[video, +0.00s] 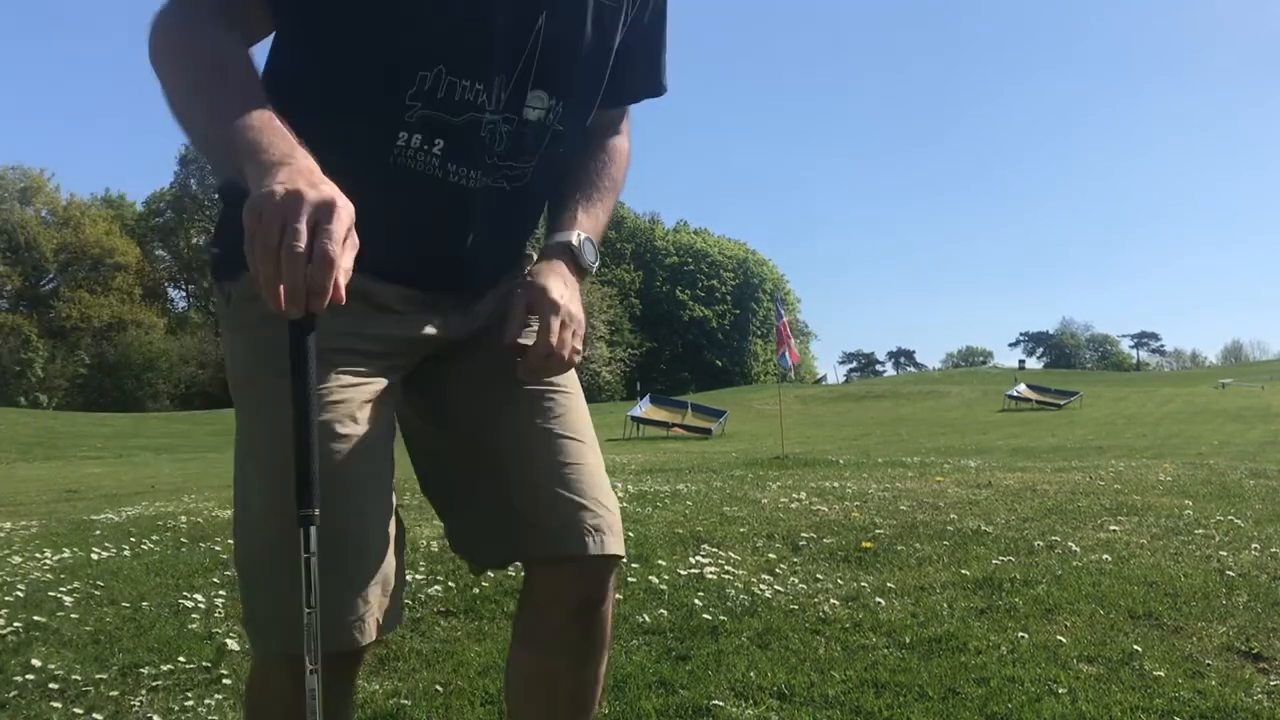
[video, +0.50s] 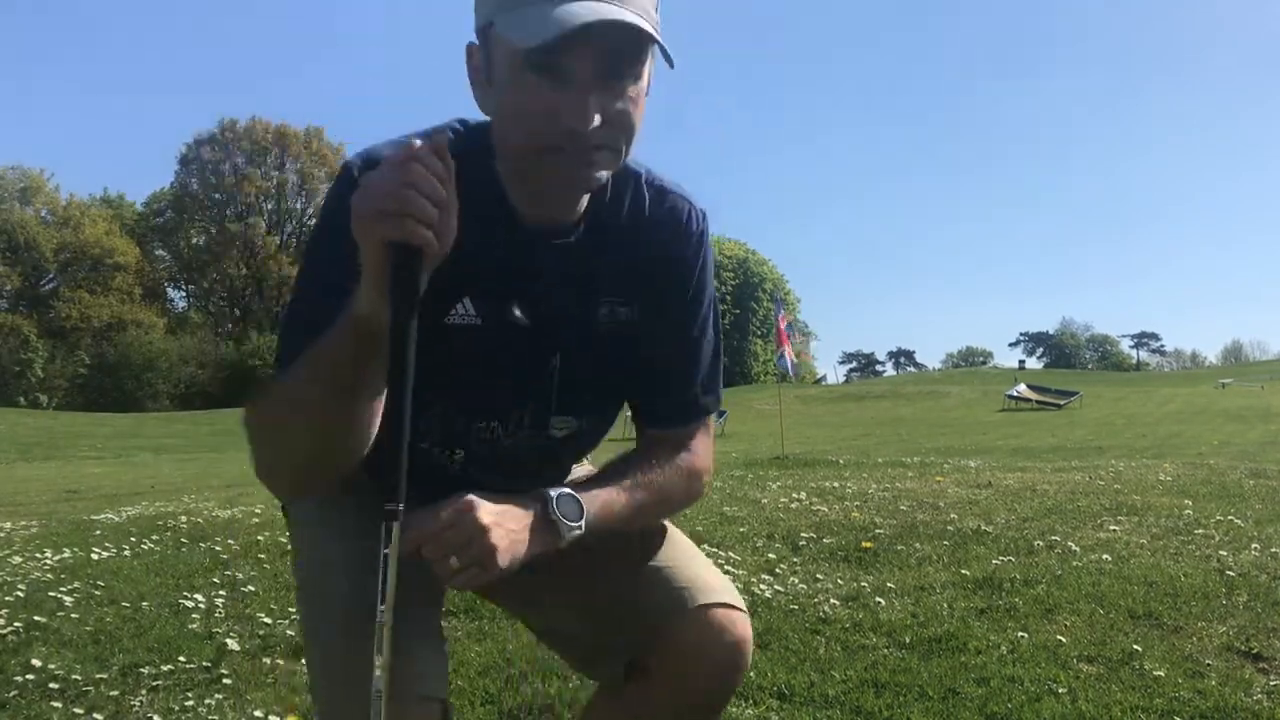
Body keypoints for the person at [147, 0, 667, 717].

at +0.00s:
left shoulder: (628, 10)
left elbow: (604, 123)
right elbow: (190, 26)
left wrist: (567, 256)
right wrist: (276, 164)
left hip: (493, 291)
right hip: (318, 278)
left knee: (581, 556)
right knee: (324, 624)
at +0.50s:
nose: (590, 114)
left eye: (618, 75)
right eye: (550, 73)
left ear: (647, 82)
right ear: (481, 76)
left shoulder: (666, 233)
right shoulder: (384, 191)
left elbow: (683, 459)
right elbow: (287, 470)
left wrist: (539, 522)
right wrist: (375, 306)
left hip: (538, 501)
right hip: (371, 499)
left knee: (708, 644)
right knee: (394, 702)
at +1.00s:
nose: (564, 279)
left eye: (594, 238)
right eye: (528, 238)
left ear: (631, 248)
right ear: (469, 245)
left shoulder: (666, 372)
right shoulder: (401, 352)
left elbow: (742, 596)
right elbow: (314, 604)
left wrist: (618, 636)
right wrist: (371, 344)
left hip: (599, 668)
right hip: (421, 662)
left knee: (768, 708)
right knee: (346, 700)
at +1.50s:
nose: (600, 298)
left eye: (627, 262)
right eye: (564, 260)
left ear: (659, 270)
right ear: (502, 265)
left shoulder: (685, 385)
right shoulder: (422, 363)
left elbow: (753, 613)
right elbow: (290, 600)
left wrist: (630, 610)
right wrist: (362, 361)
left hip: (606, 663)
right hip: (426, 665)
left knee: (764, 710)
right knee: (336, 706)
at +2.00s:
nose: (597, 291)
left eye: (626, 252)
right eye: (560, 252)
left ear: (660, 263)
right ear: (501, 263)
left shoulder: (688, 388)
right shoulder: (430, 362)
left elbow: (752, 612)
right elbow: (302, 601)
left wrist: (685, 621)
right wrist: (377, 357)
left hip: (607, 666)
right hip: (430, 666)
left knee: (762, 712)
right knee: (348, 708)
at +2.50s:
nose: (602, 289)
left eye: (630, 252)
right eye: (565, 251)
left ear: (663, 264)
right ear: (504, 262)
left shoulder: (691, 384)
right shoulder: (436, 361)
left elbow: (759, 620)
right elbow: (303, 601)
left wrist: (585, 627)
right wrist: (376, 361)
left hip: (604, 671)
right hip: (434, 663)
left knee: (772, 710)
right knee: (352, 700)